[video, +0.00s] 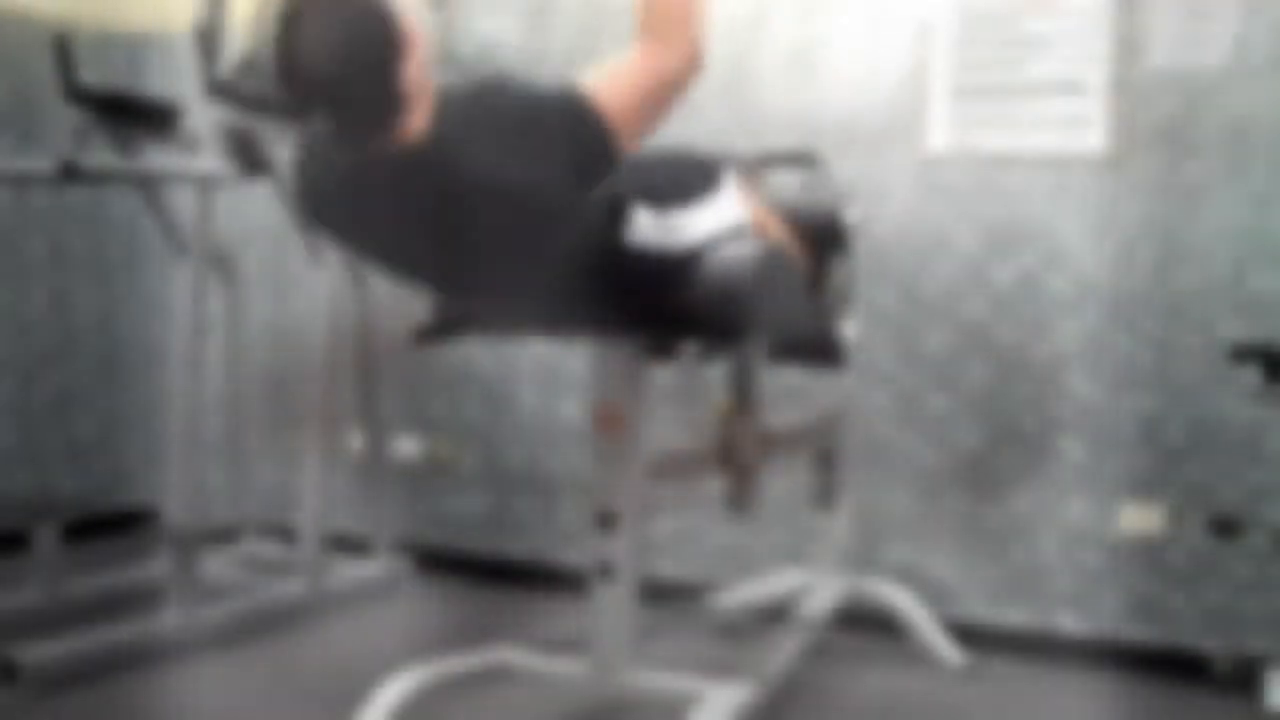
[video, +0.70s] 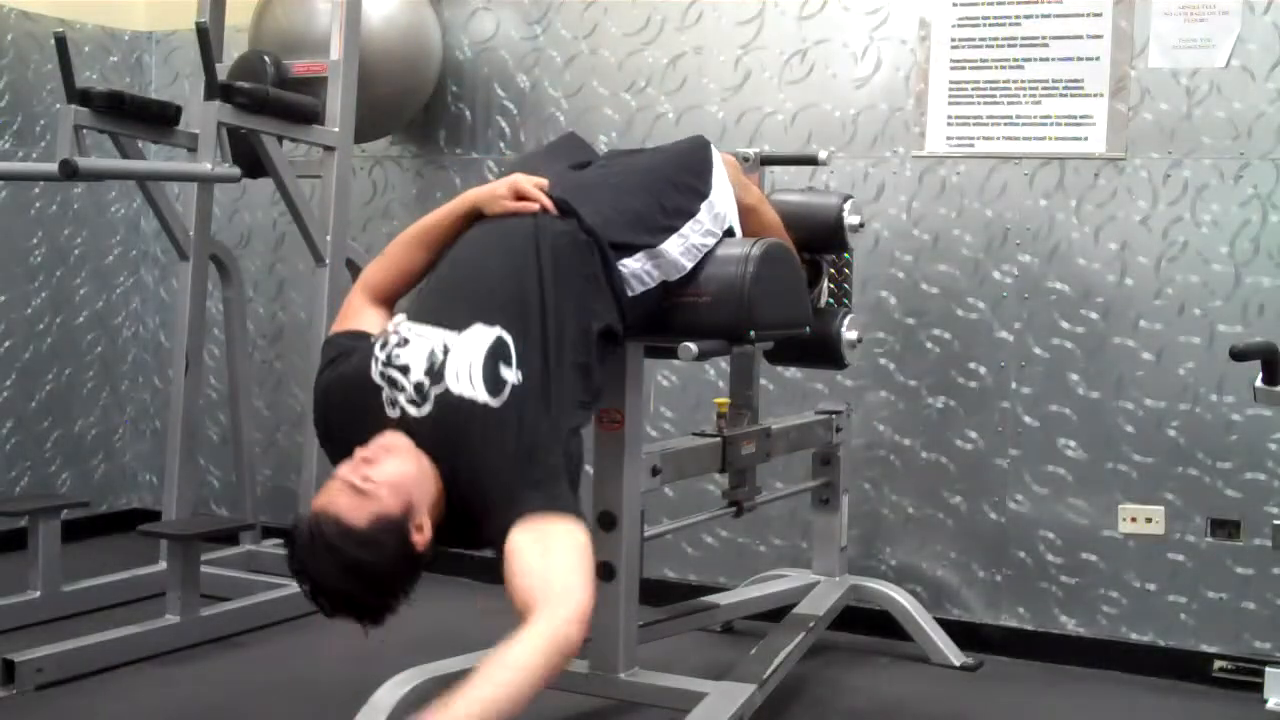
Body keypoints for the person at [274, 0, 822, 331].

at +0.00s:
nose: (418, 31)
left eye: (406, 25)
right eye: (410, 35)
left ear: (323, 103)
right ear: (404, 69)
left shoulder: (325, 185)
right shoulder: (500, 139)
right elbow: (672, 52)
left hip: (516, 304)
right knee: (728, 196)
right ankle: (801, 267)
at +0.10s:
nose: (378, 85)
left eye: (361, 87)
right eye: (374, 98)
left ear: (303, 186)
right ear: (395, 170)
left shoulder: (321, 246)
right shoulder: (499, 203)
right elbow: (645, 90)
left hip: (545, 293)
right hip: (633, 250)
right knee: (741, 198)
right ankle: (804, 274)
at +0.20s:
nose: (356, 169)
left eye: (338, 173)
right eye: (354, 188)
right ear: (391, 261)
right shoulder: (493, 270)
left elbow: (439, 177)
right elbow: (614, 140)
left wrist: (534, 144)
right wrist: (531, 6)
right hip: (659, 229)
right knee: (747, 207)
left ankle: (792, 249)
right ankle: (803, 281)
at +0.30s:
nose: (339, 241)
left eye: (318, 254)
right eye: (336, 268)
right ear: (391, 333)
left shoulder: (365, 281)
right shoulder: (486, 332)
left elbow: (403, 211)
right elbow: (589, 223)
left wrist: (499, 158)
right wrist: (461, 156)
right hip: (631, 232)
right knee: (731, 191)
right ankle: (800, 280)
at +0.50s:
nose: (356, 394)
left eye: (335, 409)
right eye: (359, 422)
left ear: (312, 401)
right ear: (402, 461)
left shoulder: (331, 354)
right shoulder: (487, 404)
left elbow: (377, 268)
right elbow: (571, 448)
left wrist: (480, 183)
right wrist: (410, 504)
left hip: (534, 198)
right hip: (606, 235)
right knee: (727, 177)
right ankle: (799, 273)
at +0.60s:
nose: (353, 433)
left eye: (334, 453)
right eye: (361, 461)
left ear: (313, 445)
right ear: (412, 505)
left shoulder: (336, 383)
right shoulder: (503, 453)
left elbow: (375, 282)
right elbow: (569, 550)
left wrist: (470, 195)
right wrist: (419, 632)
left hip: (501, 222)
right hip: (586, 241)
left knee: (579, 150)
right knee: (718, 169)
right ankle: (801, 283)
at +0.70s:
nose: (365, 456)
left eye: (347, 473)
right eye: (370, 484)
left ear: (332, 459)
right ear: (420, 536)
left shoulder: (340, 399)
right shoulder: (511, 489)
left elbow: (372, 292)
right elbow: (557, 620)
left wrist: (470, 203)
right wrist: (448, 712)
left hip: (510, 224)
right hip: (588, 253)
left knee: (570, 149)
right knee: (717, 165)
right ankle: (797, 287)